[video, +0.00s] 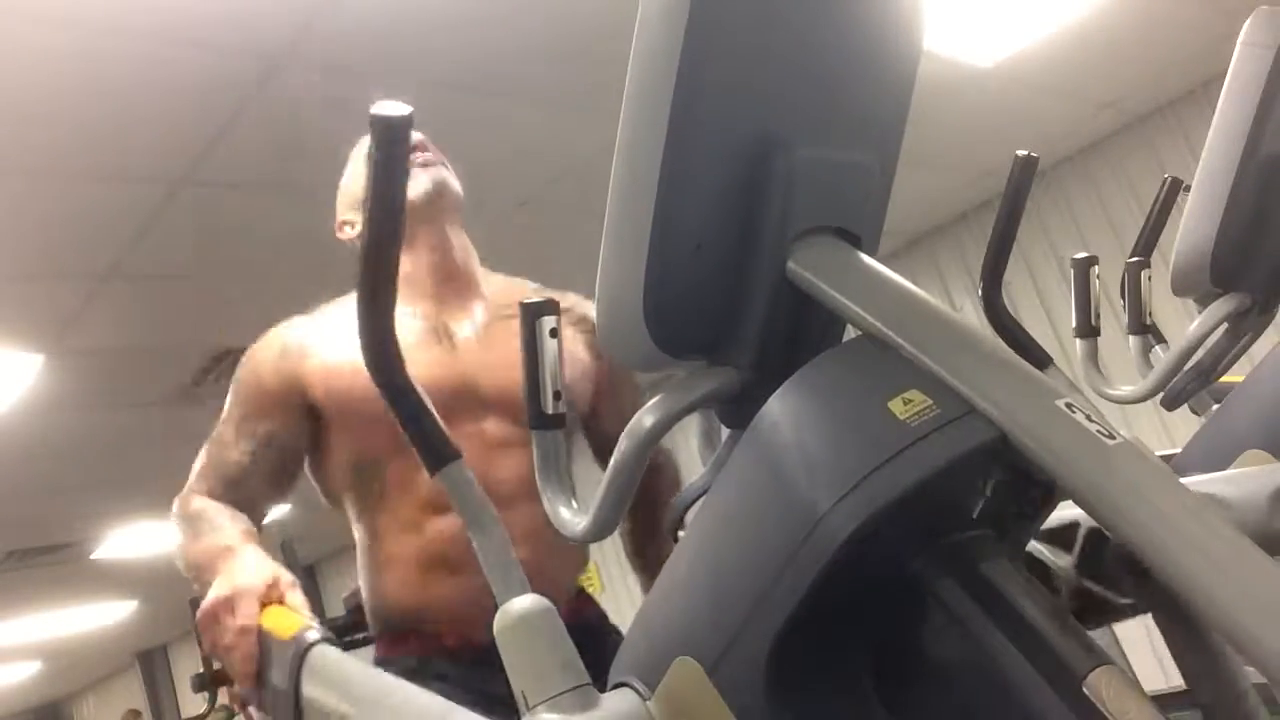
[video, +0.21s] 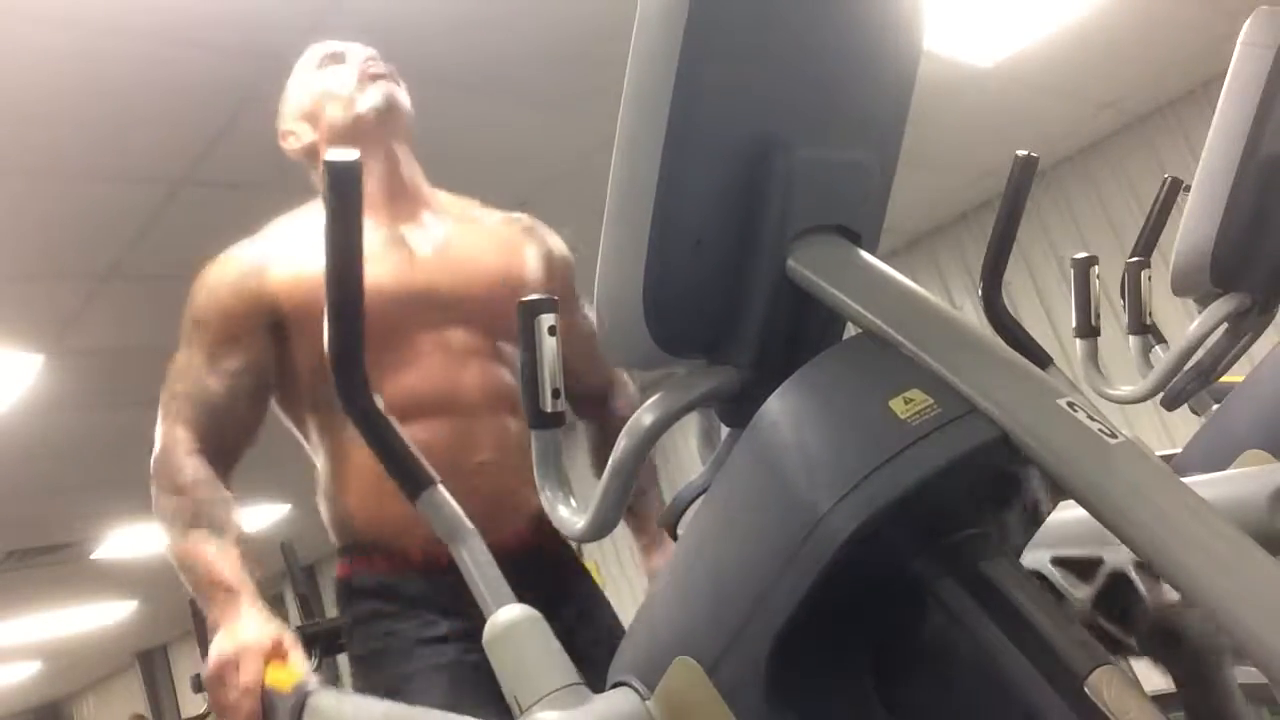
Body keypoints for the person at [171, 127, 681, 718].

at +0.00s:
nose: (413, 138)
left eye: (422, 138)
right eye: (377, 147)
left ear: (458, 191)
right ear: (348, 223)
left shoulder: (568, 321)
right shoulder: (298, 352)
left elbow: (649, 481)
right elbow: (209, 502)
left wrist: (680, 628)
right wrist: (235, 563)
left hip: (574, 648)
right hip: (424, 672)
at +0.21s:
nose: (367, 60)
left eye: (378, 58)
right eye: (331, 62)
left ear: (408, 103)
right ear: (293, 133)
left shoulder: (527, 244)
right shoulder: (256, 272)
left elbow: (606, 399)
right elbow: (184, 460)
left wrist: (658, 547)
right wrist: (233, 610)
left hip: (549, 579)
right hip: (403, 602)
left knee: (651, 711)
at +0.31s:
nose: (363, 69)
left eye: (370, 64)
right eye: (323, 68)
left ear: (394, 106)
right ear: (280, 139)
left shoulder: (501, 252)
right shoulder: (241, 284)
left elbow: (582, 388)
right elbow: (186, 483)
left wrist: (644, 513)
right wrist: (239, 658)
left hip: (540, 574)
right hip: (392, 604)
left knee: (684, 703)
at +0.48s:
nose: (375, 132)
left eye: (376, 125)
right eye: (332, 132)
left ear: (404, 171)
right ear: (286, 203)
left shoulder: (490, 322)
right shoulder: (246, 363)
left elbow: (563, 437)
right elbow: (171, 582)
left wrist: (637, 486)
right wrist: (240, 714)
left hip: (539, 645)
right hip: (394, 686)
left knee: (717, 684)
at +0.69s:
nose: (370, 75)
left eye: (377, 73)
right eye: (331, 72)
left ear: (400, 119)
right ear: (288, 138)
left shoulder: (500, 258)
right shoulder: (246, 273)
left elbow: (579, 397)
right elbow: (175, 458)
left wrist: (646, 528)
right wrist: (230, 638)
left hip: (540, 574)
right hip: (393, 606)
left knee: (675, 705)